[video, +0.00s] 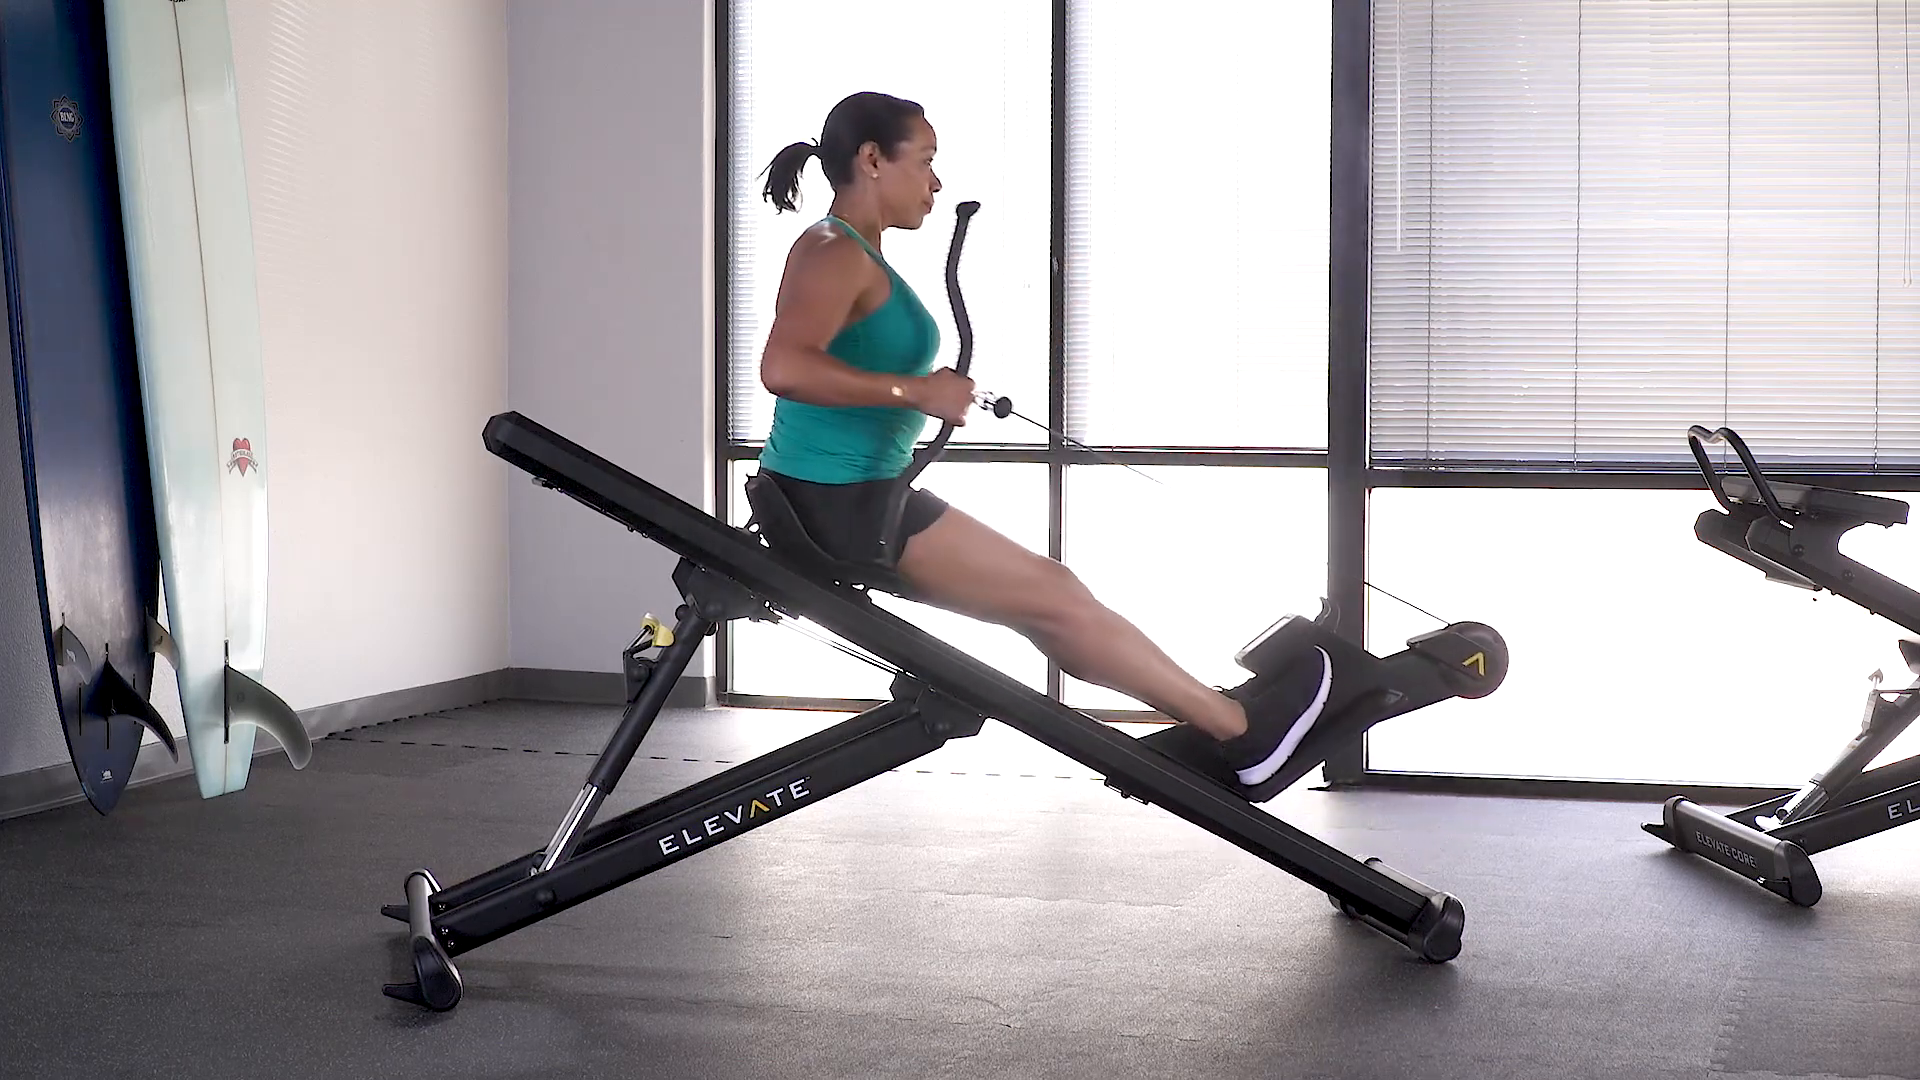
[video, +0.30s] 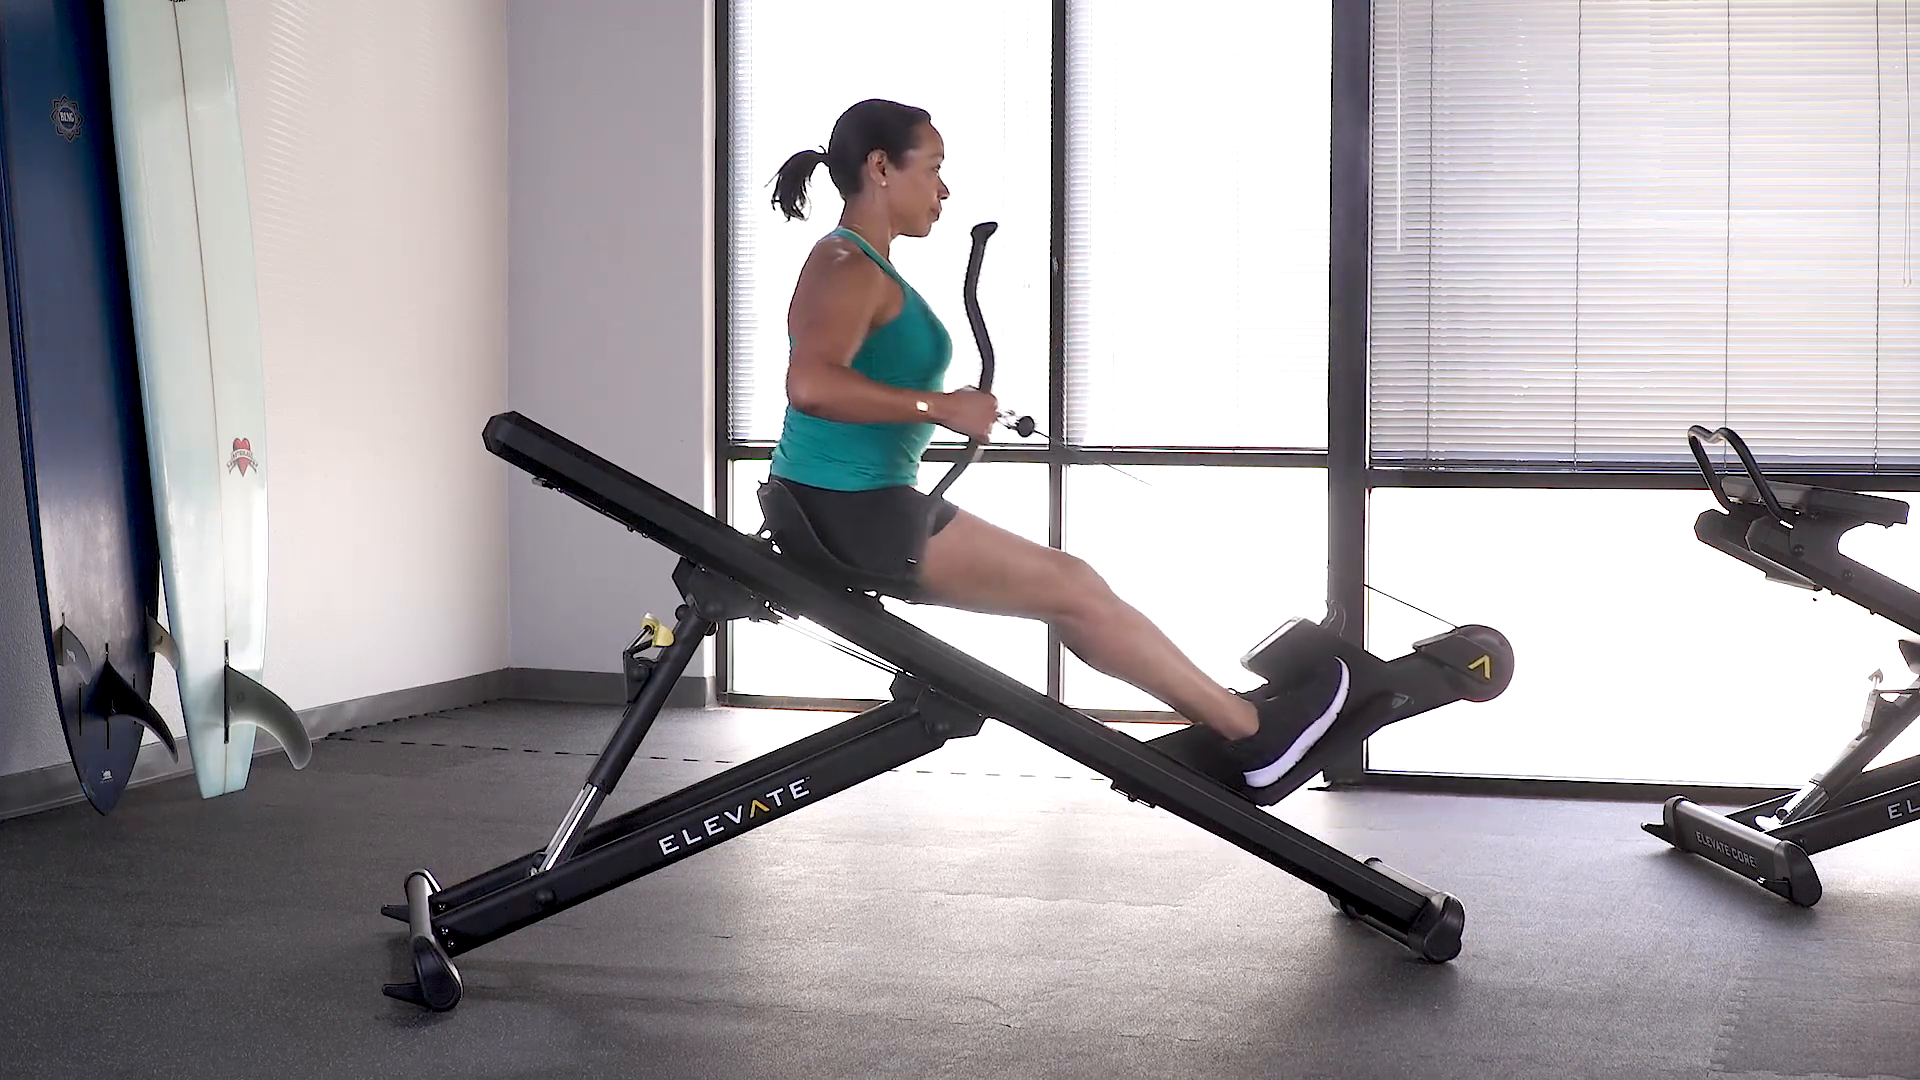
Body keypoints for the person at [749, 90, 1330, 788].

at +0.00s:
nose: (935, 180)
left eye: (933, 162)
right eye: (925, 160)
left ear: (875, 166)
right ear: (872, 163)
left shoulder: (855, 252)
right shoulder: (831, 252)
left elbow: (814, 367)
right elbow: (783, 366)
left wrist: (922, 389)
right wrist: (912, 390)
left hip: (865, 489)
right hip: (832, 500)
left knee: (1056, 589)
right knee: (1050, 599)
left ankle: (1224, 717)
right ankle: (1232, 723)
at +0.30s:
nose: (942, 188)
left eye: (939, 171)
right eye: (931, 170)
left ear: (880, 173)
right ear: (878, 172)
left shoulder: (861, 262)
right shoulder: (847, 267)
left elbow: (827, 384)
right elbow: (811, 383)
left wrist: (937, 404)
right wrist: (936, 406)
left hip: (854, 501)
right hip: (843, 509)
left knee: (1071, 582)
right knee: (1071, 585)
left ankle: (1237, 719)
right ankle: (1246, 728)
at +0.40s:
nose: (972, 204)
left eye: (970, 186)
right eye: (961, 186)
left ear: (911, 190)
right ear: (909, 188)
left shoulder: (890, 282)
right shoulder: (886, 285)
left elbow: (911, 417)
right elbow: (894, 410)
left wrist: (1015, 437)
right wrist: (1019, 434)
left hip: (877, 521)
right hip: (877, 528)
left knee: (1108, 583)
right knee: (1112, 582)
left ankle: (1260, 725)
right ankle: (1272, 736)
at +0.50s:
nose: (1013, 225)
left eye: (1010, 207)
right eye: (1002, 207)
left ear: (948, 213)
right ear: (950, 210)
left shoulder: (916, 303)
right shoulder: (936, 312)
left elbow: (976, 439)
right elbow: (985, 438)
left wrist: (1084, 460)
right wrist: (1103, 466)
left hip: (907, 544)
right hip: (919, 550)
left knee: (1146, 576)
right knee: (1152, 575)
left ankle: (1275, 731)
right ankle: (1300, 750)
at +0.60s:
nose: (1060, 250)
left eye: (1058, 233)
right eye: (1050, 232)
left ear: (995, 236)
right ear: (997, 234)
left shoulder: (947, 328)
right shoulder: (999, 339)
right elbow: (1083, 470)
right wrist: (1194, 498)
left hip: (928, 572)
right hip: (973, 578)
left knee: (1184, 578)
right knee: (1196, 566)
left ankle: (1296, 742)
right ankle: (1323, 754)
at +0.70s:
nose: (1105, 273)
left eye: (1102, 255)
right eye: (1094, 255)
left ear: (1039, 261)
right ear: (1044, 260)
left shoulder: (989, 351)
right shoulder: (1061, 367)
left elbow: (939, 468)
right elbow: (1167, 489)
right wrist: (1276, 527)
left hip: (962, 589)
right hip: (1023, 603)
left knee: (1223, 574)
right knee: (1245, 571)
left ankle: (1309, 749)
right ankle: (1346, 763)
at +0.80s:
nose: (1151, 296)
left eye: (1147, 279)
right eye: (1140, 279)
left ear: (1082, 283)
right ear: (1090, 281)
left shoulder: (1032, 374)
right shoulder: (1124, 394)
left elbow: (970, 488)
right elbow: (1245, 513)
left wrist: (1039, 553)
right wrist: (1349, 559)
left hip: (992, 609)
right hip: (1063, 623)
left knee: (1251, 570)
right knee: (1277, 577)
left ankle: (1325, 756)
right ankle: (1364, 772)